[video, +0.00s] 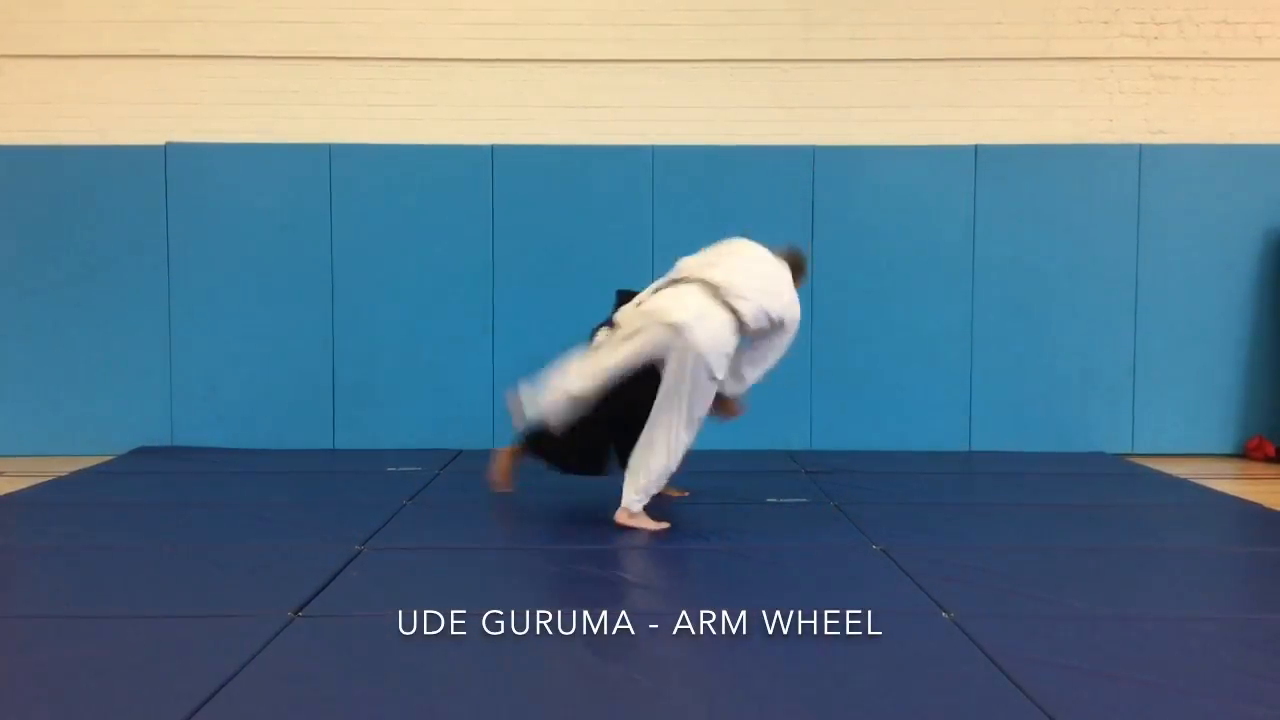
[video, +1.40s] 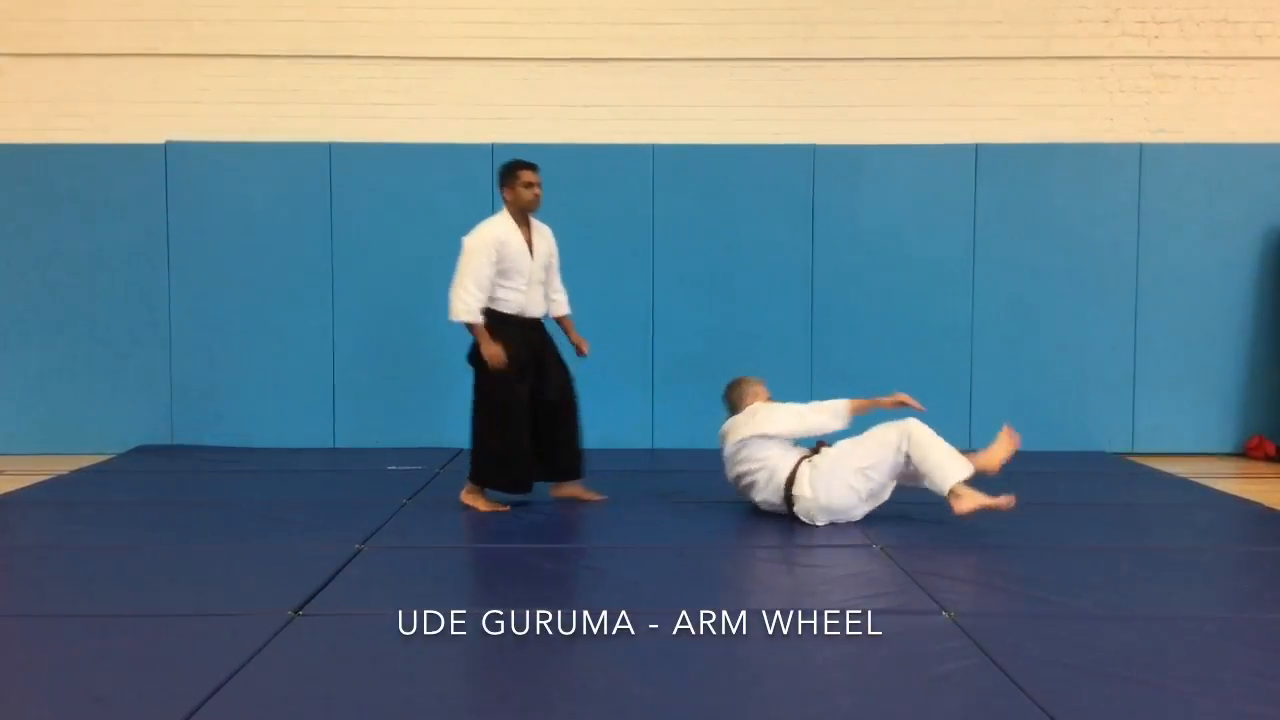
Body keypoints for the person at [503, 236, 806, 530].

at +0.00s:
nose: (794, 289)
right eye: (798, 284)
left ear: (774, 253)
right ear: (797, 279)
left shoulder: (739, 246)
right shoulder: (790, 307)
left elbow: (683, 269)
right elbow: (749, 365)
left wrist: (641, 302)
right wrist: (728, 395)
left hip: (671, 304)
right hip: (710, 339)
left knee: (600, 362)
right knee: (673, 423)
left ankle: (538, 403)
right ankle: (632, 507)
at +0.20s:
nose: (677, 326)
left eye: (682, 321)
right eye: (674, 317)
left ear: (681, 320)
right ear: (657, 308)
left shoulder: (667, 335)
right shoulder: (624, 324)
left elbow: (662, 380)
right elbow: (607, 391)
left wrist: (658, 420)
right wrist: (632, 435)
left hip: (610, 377)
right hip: (569, 370)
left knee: (652, 414)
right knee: (521, 419)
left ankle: (652, 478)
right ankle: (456, 469)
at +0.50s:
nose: (642, 277)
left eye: (647, 271)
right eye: (639, 268)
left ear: (650, 269)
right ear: (622, 260)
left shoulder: (643, 293)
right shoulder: (589, 287)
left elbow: (642, 339)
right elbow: (583, 347)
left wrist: (631, 382)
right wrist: (609, 393)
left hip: (607, 364)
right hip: (565, 364)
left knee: (652, 398)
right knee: (539, 430)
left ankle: (653, 477)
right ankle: (462, 463)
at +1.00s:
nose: (629, 227)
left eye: (634, 221)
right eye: (623, 220)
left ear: (638, 222)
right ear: (605, 218)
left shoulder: (640, 257)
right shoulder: (577, 255)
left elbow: (645, 312)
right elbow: (560, 312)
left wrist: (637, 362)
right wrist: (561, 365)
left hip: (613, 350)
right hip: (575, 346)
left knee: (647, 400)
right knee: (552, 415)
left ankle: (652, 482)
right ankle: (485, 465)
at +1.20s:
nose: (574, 215)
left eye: (578, 209)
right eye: (567, 208)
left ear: (582, 212)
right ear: (548, 209)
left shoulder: (586, 251)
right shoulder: (523, 253)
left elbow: (600, 304)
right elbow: (511, 312)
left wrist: (613, 351)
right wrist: (522, 362)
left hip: (573, 347)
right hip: (536, 346)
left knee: (612, 395)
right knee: (537, 421)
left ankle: (645, 475)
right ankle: (476, 486)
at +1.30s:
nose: (552, 207)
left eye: (555, 201)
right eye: (544, 201)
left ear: (558, 204)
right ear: (525, 203)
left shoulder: (561, 246)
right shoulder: (500, 248)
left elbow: (574, 301)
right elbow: (488, 309)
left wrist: (590, 348)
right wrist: (501, 360)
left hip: (552, 341)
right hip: (514, 341)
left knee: (588, 399)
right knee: (518, 418)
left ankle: (610, 478)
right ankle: (475, 488)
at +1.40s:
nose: (536, 192)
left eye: (538, 186)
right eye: (528, 186)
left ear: (540, 190)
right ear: (507, 192)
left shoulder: (544, 234)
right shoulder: (485, 236)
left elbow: (554, 291)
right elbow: (466, 295)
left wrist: (572, 334)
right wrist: (485, 340)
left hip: (535, 331)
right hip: (498, 331)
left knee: (560, 398)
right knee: (495, 411)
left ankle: (565, 481)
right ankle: (475, 488)